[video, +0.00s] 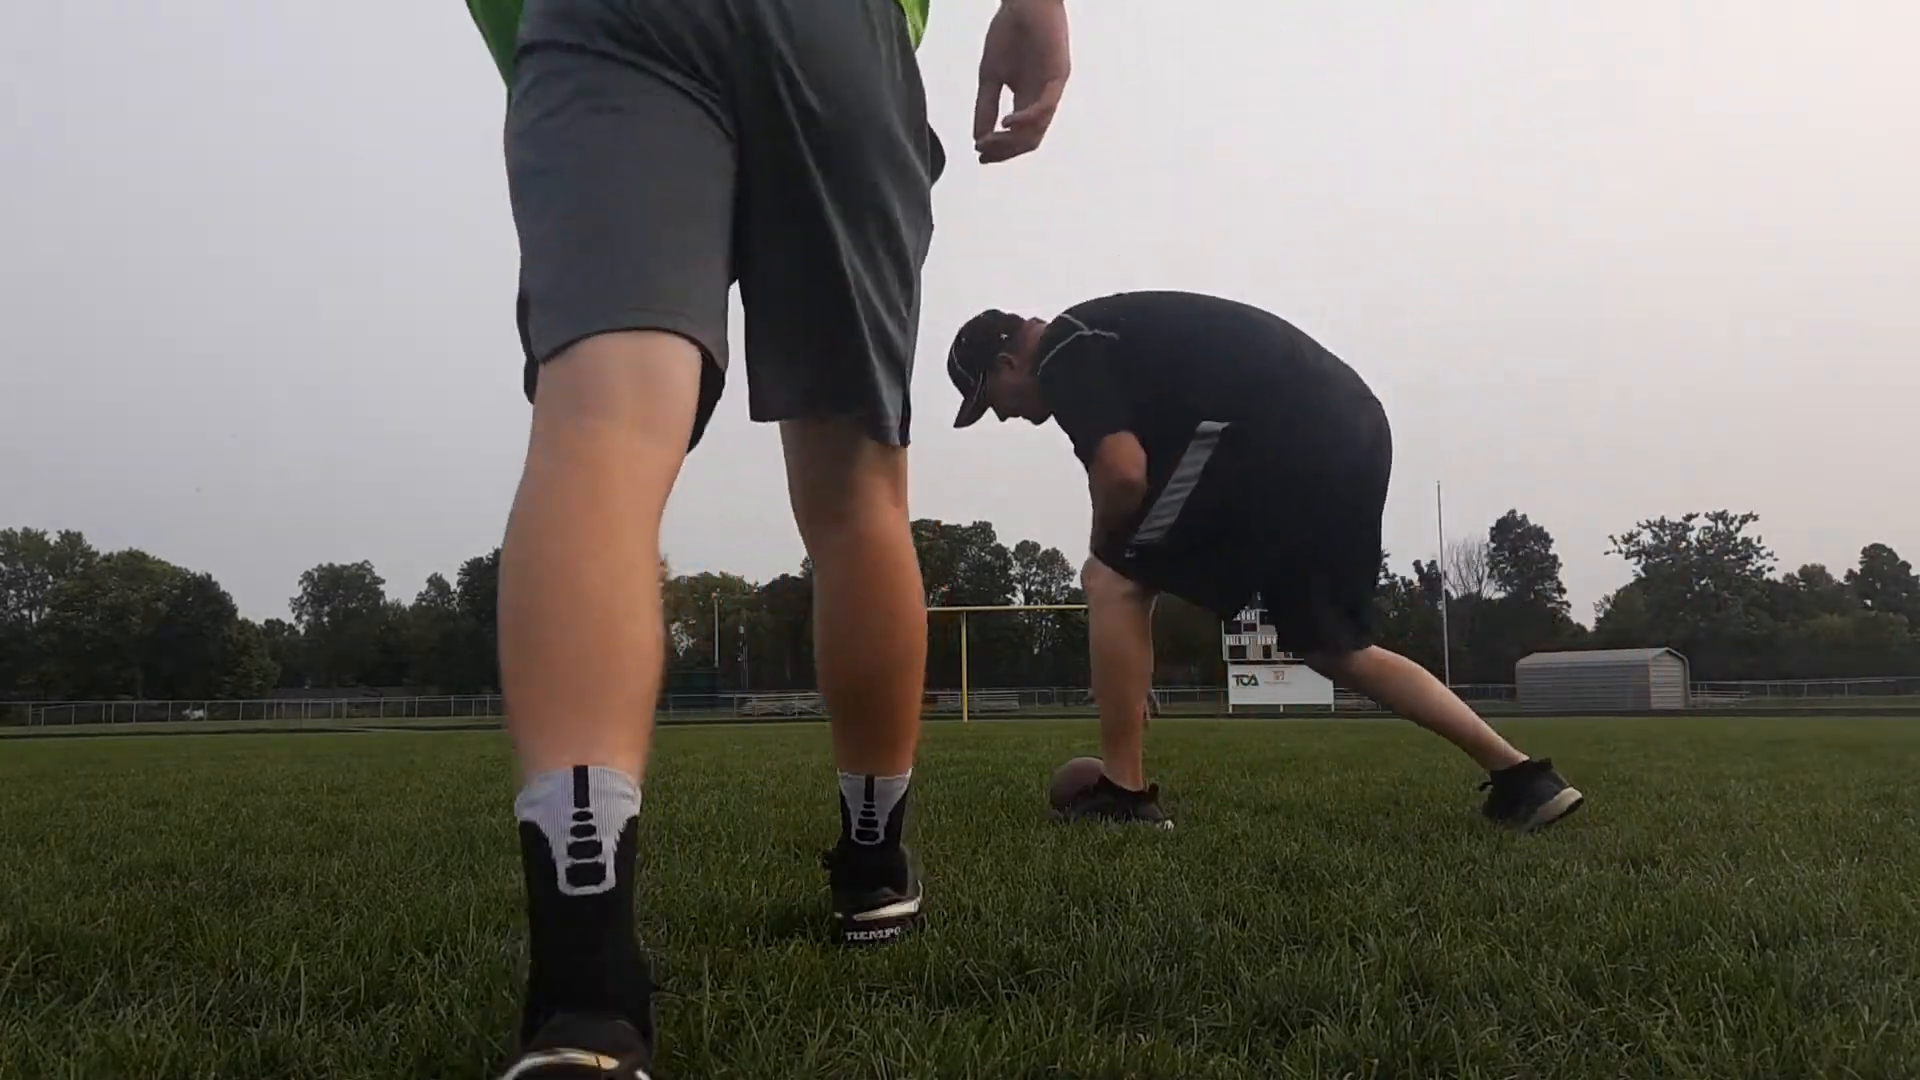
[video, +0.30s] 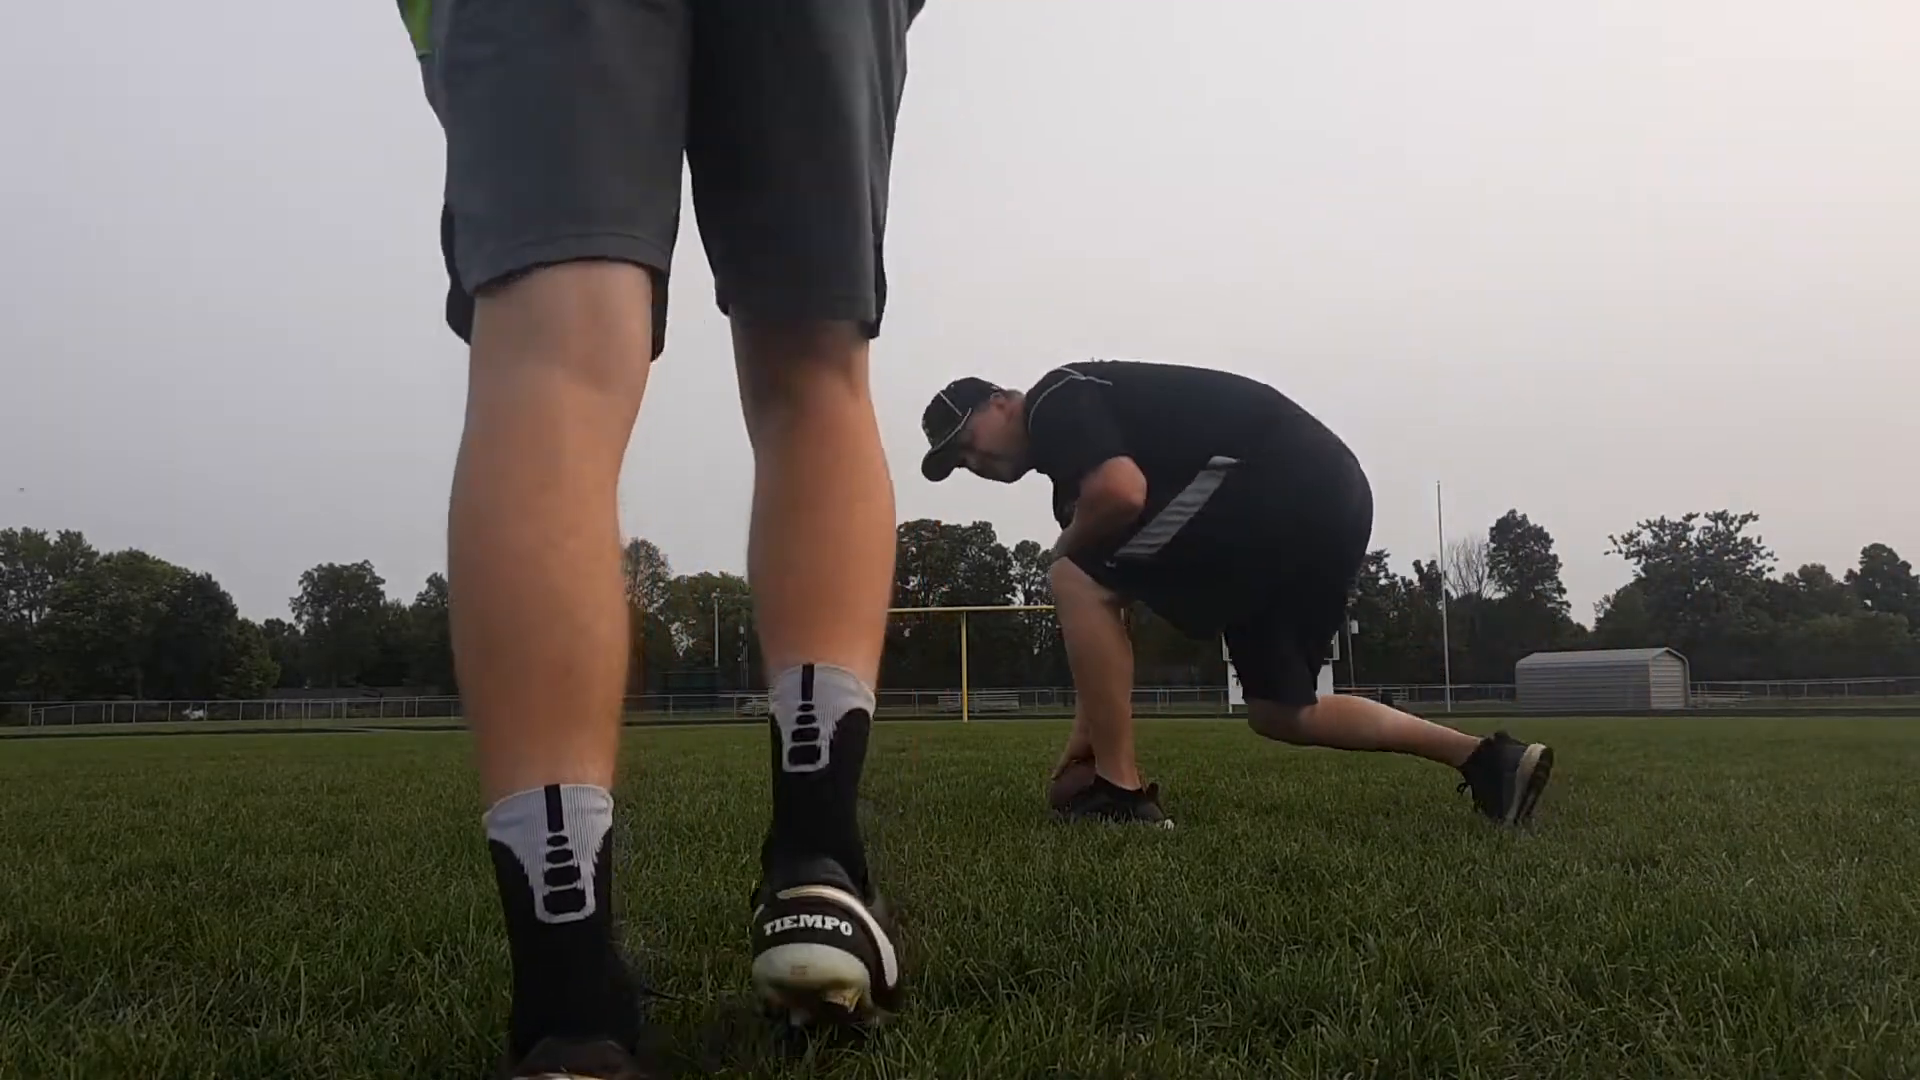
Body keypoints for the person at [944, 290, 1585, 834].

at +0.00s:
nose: (1014, 419)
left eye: (998, 402)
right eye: (997, 410)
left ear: (1012, 353)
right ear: (1028, 334)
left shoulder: (1066, 350)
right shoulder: (1120, 333)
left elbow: (1123, 469)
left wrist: (1103, 559)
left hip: (1261, 428)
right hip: (1356, 427)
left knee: (1113, 578)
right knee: (1332, 642)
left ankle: (1122, 785)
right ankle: (1518, 774)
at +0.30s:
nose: (974, 469)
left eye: (966, 450)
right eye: (962, 464)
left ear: (991, 406)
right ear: (997, 414)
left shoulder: (1057, 402)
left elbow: (1122, 490)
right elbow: (1108, 605)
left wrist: (1070, 557)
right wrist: (1085, 736)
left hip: (1270, 476)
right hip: (1337, 498)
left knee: (1075, 573)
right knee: (1279, 709)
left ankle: (1118, 786)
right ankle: (1481, 756)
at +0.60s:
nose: (963, 446)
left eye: (964, 425)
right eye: (951, 440)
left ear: (1004, 398)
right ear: (967, 446)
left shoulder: (1068, 419)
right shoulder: (1048, 504)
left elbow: (1134, 510)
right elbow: (1095, 630)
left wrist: (1046, 553)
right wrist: (1076, 751)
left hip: (1264, 542)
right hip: (1289, 580)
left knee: (1052, 576)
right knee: (1238, 786)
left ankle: (1119, 784)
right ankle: (1431, 765)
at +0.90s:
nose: (1003, 435)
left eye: (1005, 415)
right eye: (995, 424)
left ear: (1050, 388)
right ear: (1024, 409)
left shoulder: (1118, 408)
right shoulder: (1072, 495)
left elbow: (1169, 514)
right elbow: (1121, 622)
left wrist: (1065, 552)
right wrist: (1094, 748)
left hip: (1286, 559)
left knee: (1076, 576)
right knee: (1238, 797)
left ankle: (1120, 789)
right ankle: (1426, 764)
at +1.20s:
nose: (1067, 374)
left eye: (1067, 357)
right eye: (1060, 363)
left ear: (1110, 336)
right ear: (1114, 341)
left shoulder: (1169, 377)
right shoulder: (1153, 413)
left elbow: (1179, 497)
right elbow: (1188, 547)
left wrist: (1091, 557)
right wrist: (1147, 658)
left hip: (1287, 562)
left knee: (1088, 577)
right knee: (1238, 795)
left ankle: (1120, 786)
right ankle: (1428, 766)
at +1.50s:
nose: (1111, 343)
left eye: (1114, 325)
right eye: (1106, 330)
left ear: (1157, 307)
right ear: (1163, 308)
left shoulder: (1193, 370)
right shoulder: (1219, 364)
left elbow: (1182, 500)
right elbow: (1212, 509)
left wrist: (1104, 559)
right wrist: (1126, 566)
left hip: (1275, 566)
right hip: (1311, 589)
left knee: (1083, 582)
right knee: (1235, 796)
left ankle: (1120, 786)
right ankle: (1430, 767)